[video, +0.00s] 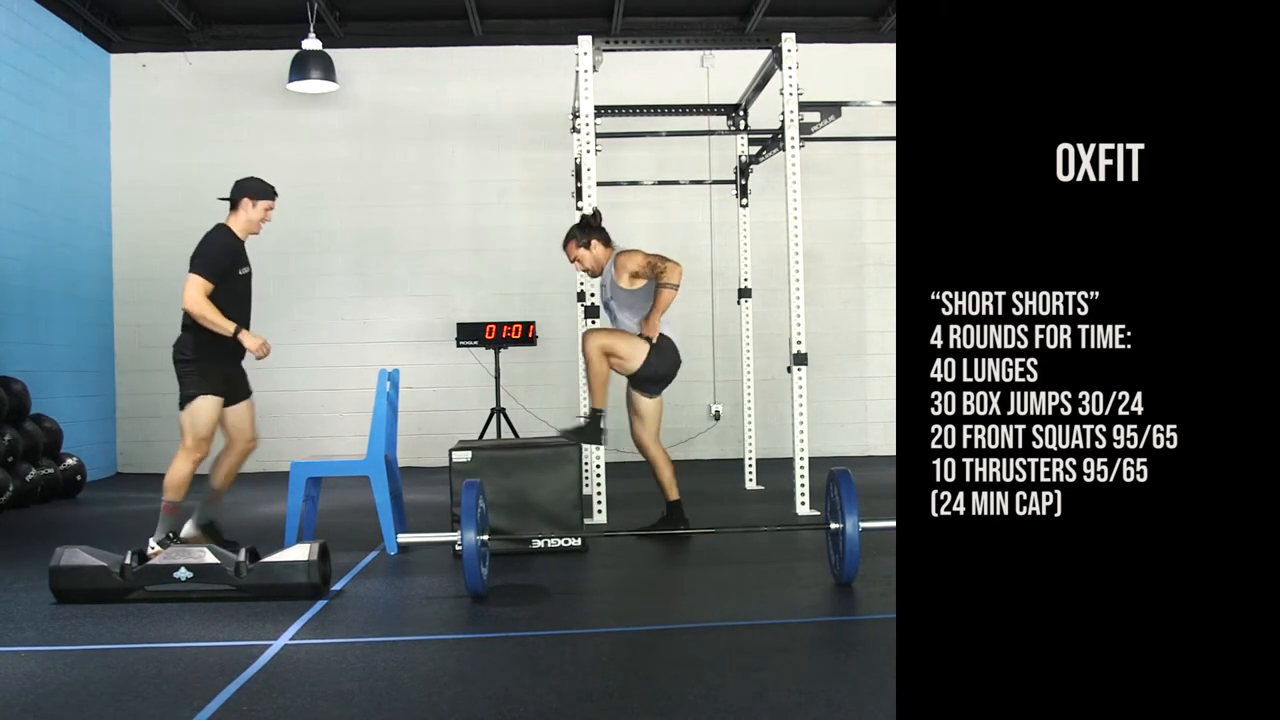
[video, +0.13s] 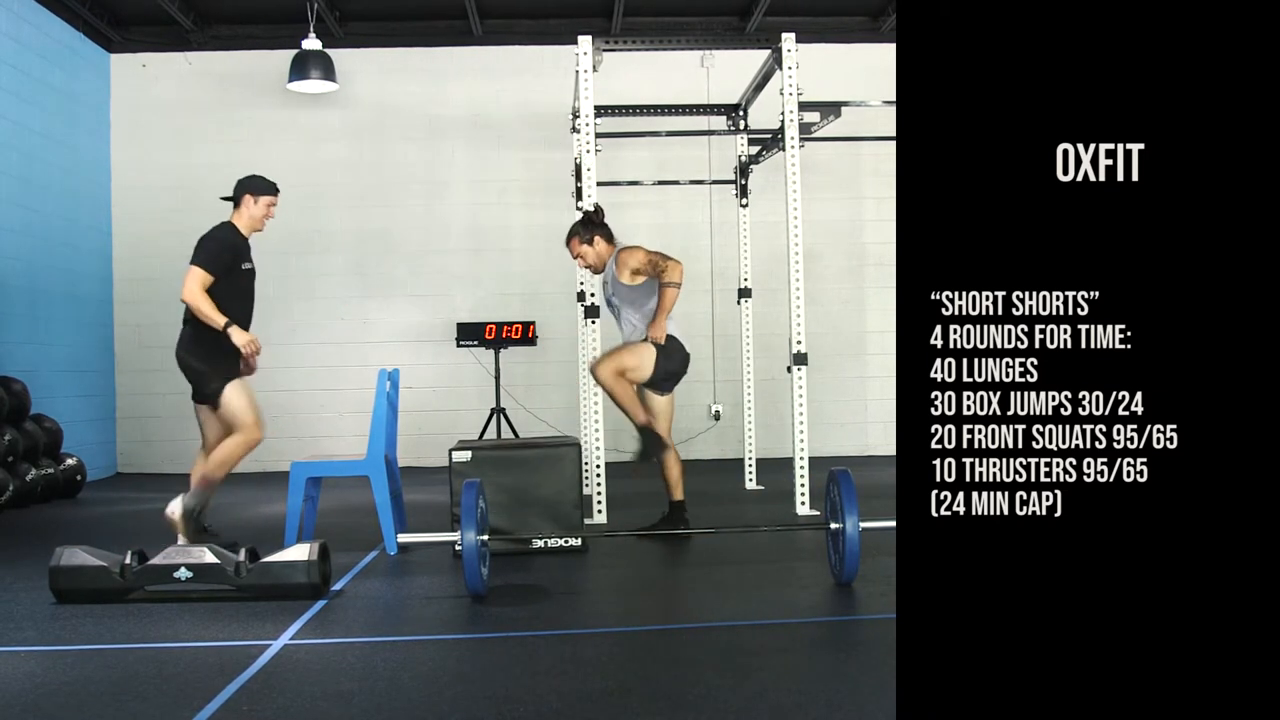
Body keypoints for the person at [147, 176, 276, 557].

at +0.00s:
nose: (268, 218)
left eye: (270, 212)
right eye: (265, 210)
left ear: (249, 208)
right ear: (243, 205)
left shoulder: (236, 245)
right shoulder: (218, 242)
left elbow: (218, 302)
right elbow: (192, 300)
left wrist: (240, 344)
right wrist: (242, 334)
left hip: (225, 359)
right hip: (199, 359)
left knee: (243, 441)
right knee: (195, 448)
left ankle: (202, 524)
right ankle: (163, 537)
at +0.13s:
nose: (271, 214)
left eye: (273, 208)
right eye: (268, 206)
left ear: (251, 205)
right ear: (247, 202)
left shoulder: (239, 244)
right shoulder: (221, 239)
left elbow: (226, 300)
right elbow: (192, 292)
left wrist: (243, 344)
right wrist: (232, 329)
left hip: (215, 352)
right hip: (204, 351)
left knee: (214, 447)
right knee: (250, 431)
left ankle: (192, 533)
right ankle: (186, 507)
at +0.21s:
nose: (277, 215)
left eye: (279, 208)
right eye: (274, 207)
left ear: (256, 204)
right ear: (252, 201)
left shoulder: (244, 243)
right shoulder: (224, 237)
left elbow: (225, 304)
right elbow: (194, 291)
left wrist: (253, 335)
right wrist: (230, 329)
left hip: (216, 350)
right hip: (206, 351)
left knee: (210, 449)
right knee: (281, 397)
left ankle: (193, 531)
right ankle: (216, 457)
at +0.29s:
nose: (283, 218)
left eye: (285, 212)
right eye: (280, 210)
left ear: (263, 206)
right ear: (260, 203)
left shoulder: (248, 243)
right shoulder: (230, 237)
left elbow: (234, 301)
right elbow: (200, 292)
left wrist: (264, 329)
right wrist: (231, 333)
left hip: (215, 345)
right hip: (210, 344)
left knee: (215, 443)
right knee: (298, 357)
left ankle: (192, 531)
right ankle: (242, 428)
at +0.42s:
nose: (292, 229)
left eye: (295, 222)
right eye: (290, 221)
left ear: (274, 217)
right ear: (269, 214)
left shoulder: (258, 253)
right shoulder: (237, 246)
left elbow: (248, 307)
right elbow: (209, 303)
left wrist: (279, 339)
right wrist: (243, 346)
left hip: (222, 351)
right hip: (216, 347)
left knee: (238, 447)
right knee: (306, 336)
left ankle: (195, 528)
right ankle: (292, 424)